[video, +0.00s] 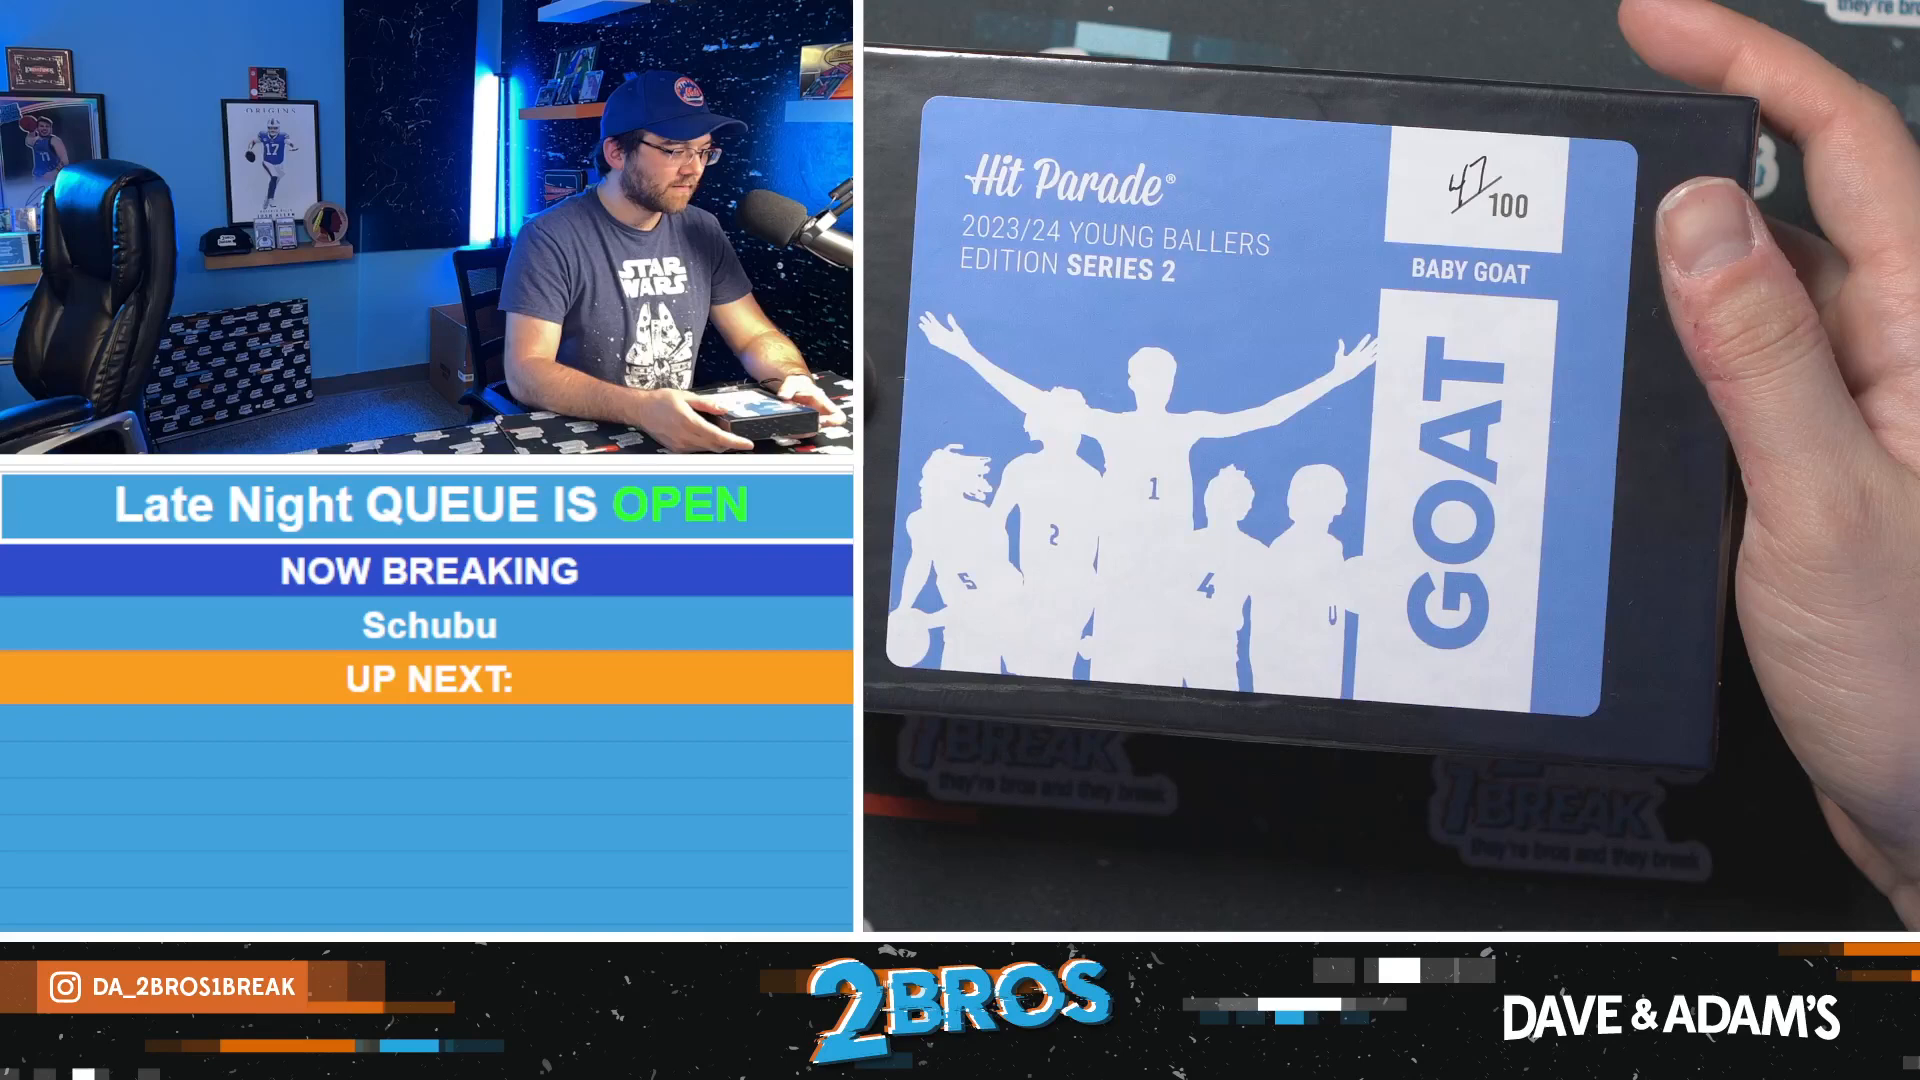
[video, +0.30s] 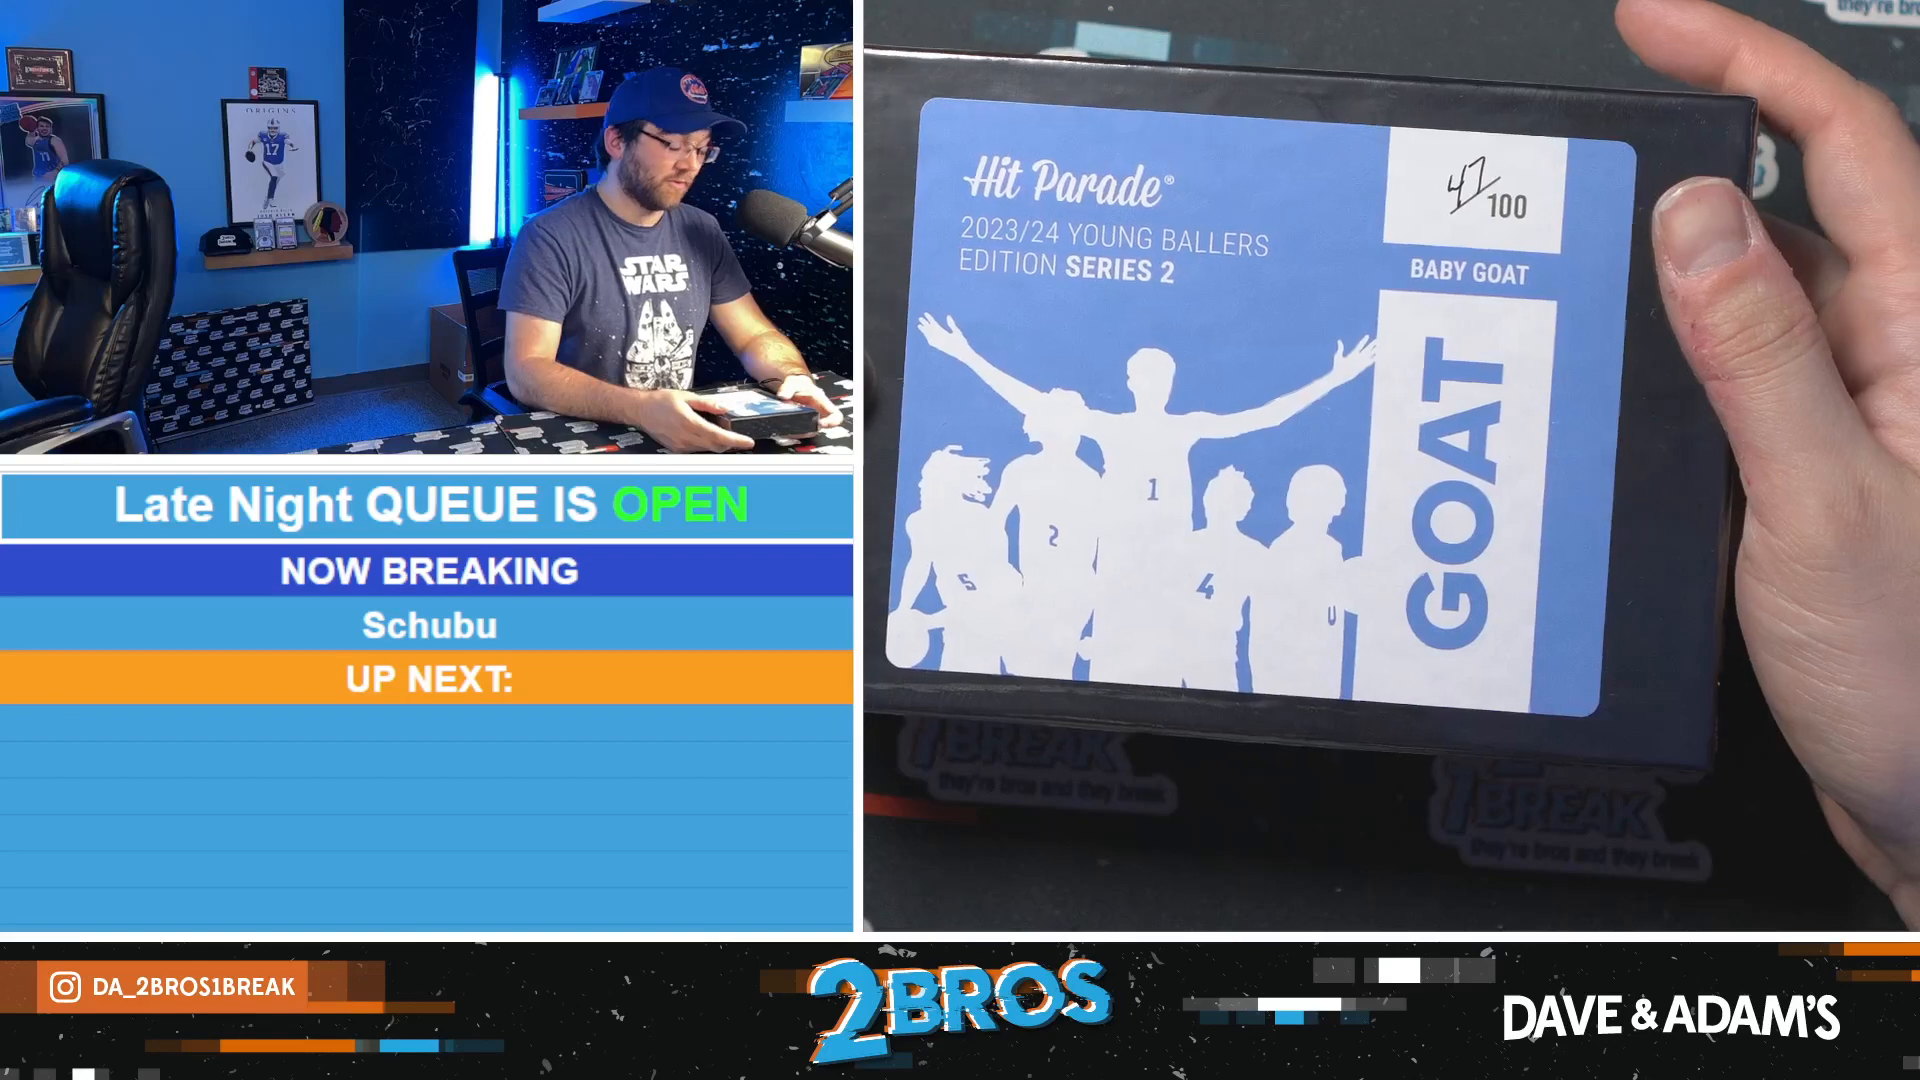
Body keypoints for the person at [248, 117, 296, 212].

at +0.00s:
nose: (273, 130)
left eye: (275, 128)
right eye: (271, 128)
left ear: (278, 128)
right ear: (268, 128)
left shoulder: (283, 136)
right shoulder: (263, 136)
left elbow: (290, 143)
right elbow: (253, 141)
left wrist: (292, 147)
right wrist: (250, 149)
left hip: (279, 164)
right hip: (267, 162)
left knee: (276, 182)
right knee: (274, 176)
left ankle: (267, 200)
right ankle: (270, 199)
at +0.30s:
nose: (273, 130)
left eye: (275, 128)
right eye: (271, 128)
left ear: (278, 128)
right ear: (268, 128)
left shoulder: (283, 136)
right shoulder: (263, 136)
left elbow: (290, 143)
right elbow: (253, 141)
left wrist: (292, 147)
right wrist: (250, 149)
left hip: (279, 164)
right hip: (267, 162)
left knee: (276, 182)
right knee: (274, 176)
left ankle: (267, 200)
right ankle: (270, 199)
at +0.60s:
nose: (273, 130)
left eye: (275, 128)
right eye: (271, 128)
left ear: (278, 128)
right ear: (268, 128)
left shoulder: (283, 136)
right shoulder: (263, 136)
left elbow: (290, 142)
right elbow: (253, 141)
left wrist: (292, 147)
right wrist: (250, 149)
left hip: (279, 164)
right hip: (267, 162)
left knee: (275, 182)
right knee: (274, 176)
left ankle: (267, 199)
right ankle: (270, 199)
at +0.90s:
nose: (273, 130)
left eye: (275, 128)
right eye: (271, 128)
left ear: (278, 128)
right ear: (268, 128)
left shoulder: (283, 136)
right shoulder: (263, 136)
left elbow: (290, 142)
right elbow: (253, 141)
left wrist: (292, 147)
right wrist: (250, 149)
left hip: (279, 164)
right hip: (267, 162)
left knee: (275, 182)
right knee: (274, 176)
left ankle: (267, 199)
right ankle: (270, 199)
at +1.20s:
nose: (273, 130)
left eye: (275, 128)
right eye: (271, 128)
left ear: (278, 128)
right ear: (268, 128)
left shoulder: (283, 136)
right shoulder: (263, 136)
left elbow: (290, 143)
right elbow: (253, 141)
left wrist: (292, 147)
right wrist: (250, 149)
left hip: (279, 164)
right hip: (267, 162)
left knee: (276, 182)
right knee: (274, 176)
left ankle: (267, 200)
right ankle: (270, 199)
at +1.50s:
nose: (273, 130)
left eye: (275, 128)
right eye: (271, 128)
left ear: (278, 128)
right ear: (268, 128)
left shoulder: (283, 136)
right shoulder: (263, 136)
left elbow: (290, 143)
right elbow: (253, 141)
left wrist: (292, 147)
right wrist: (250, 149)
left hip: (279, 164)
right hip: (267, 162)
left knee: (276, 182)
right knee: (274, 176)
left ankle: (267, 200)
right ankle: (270, 199)